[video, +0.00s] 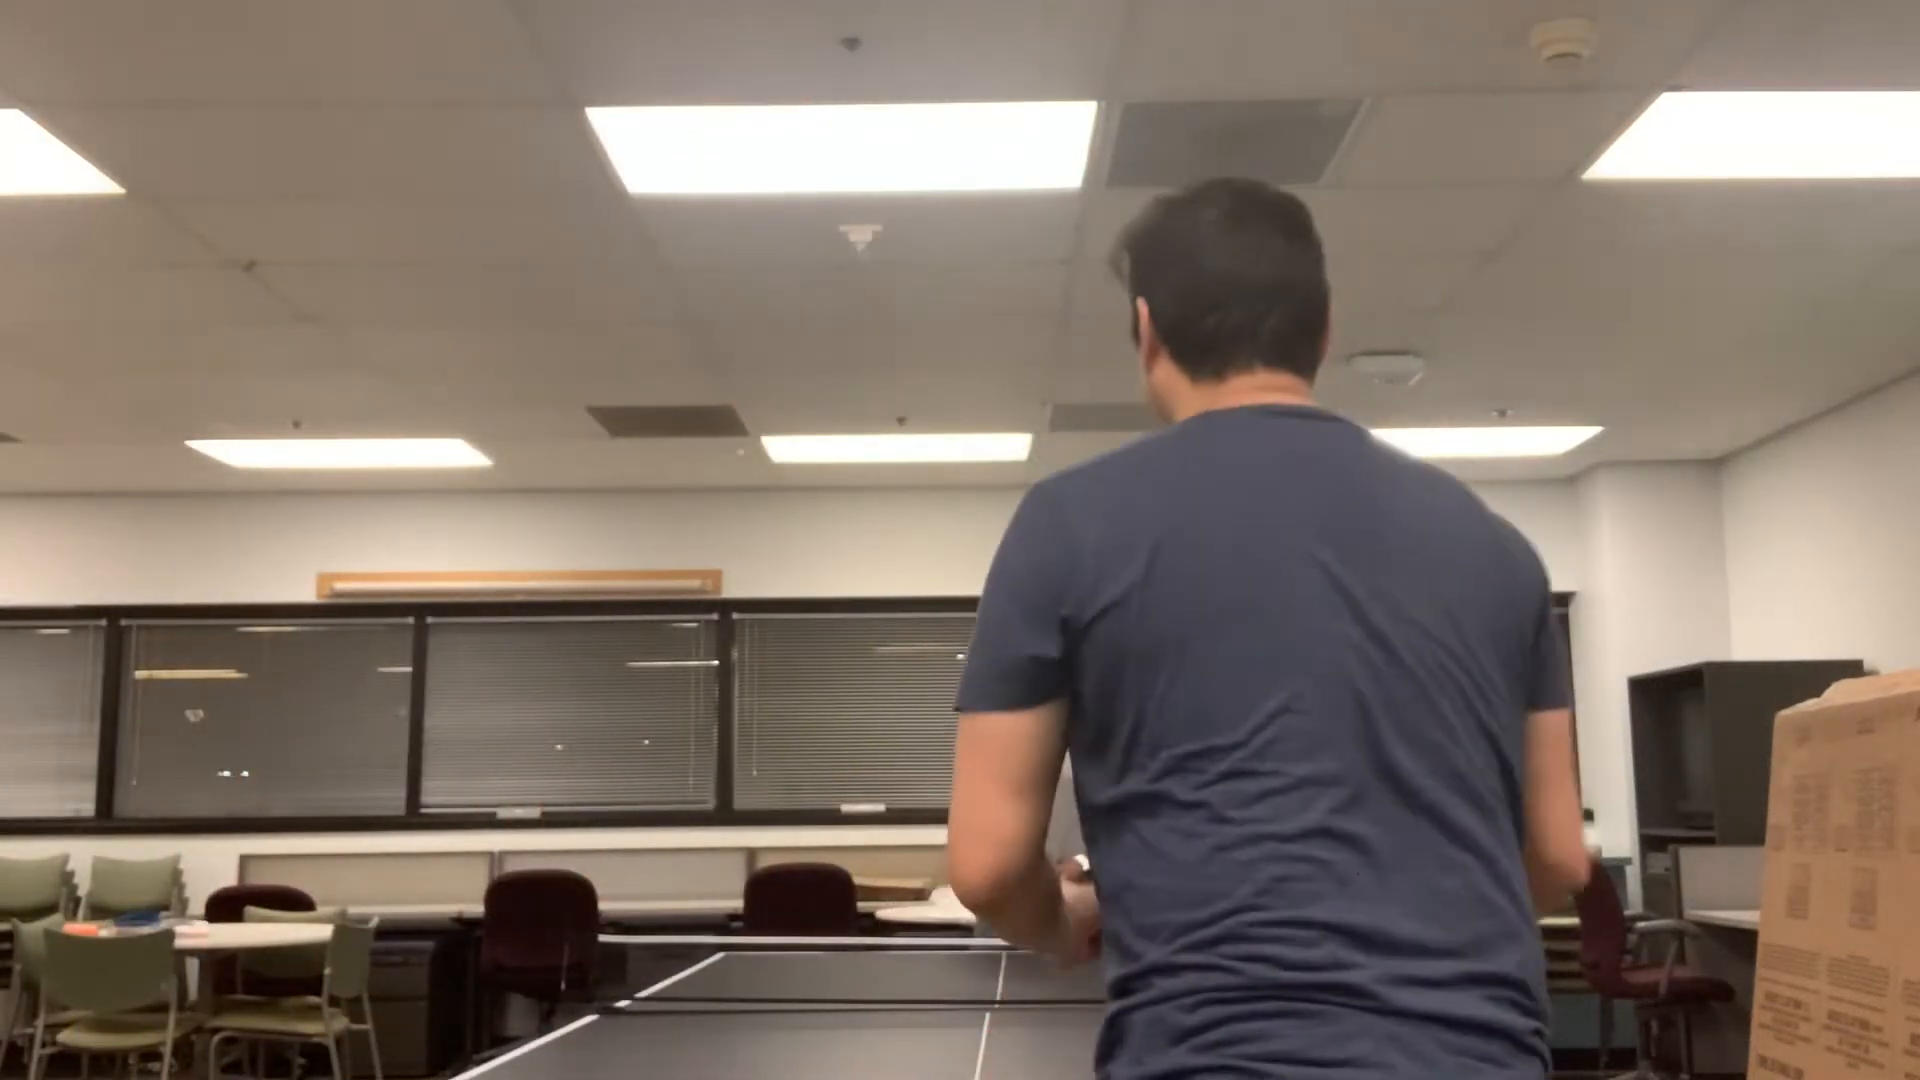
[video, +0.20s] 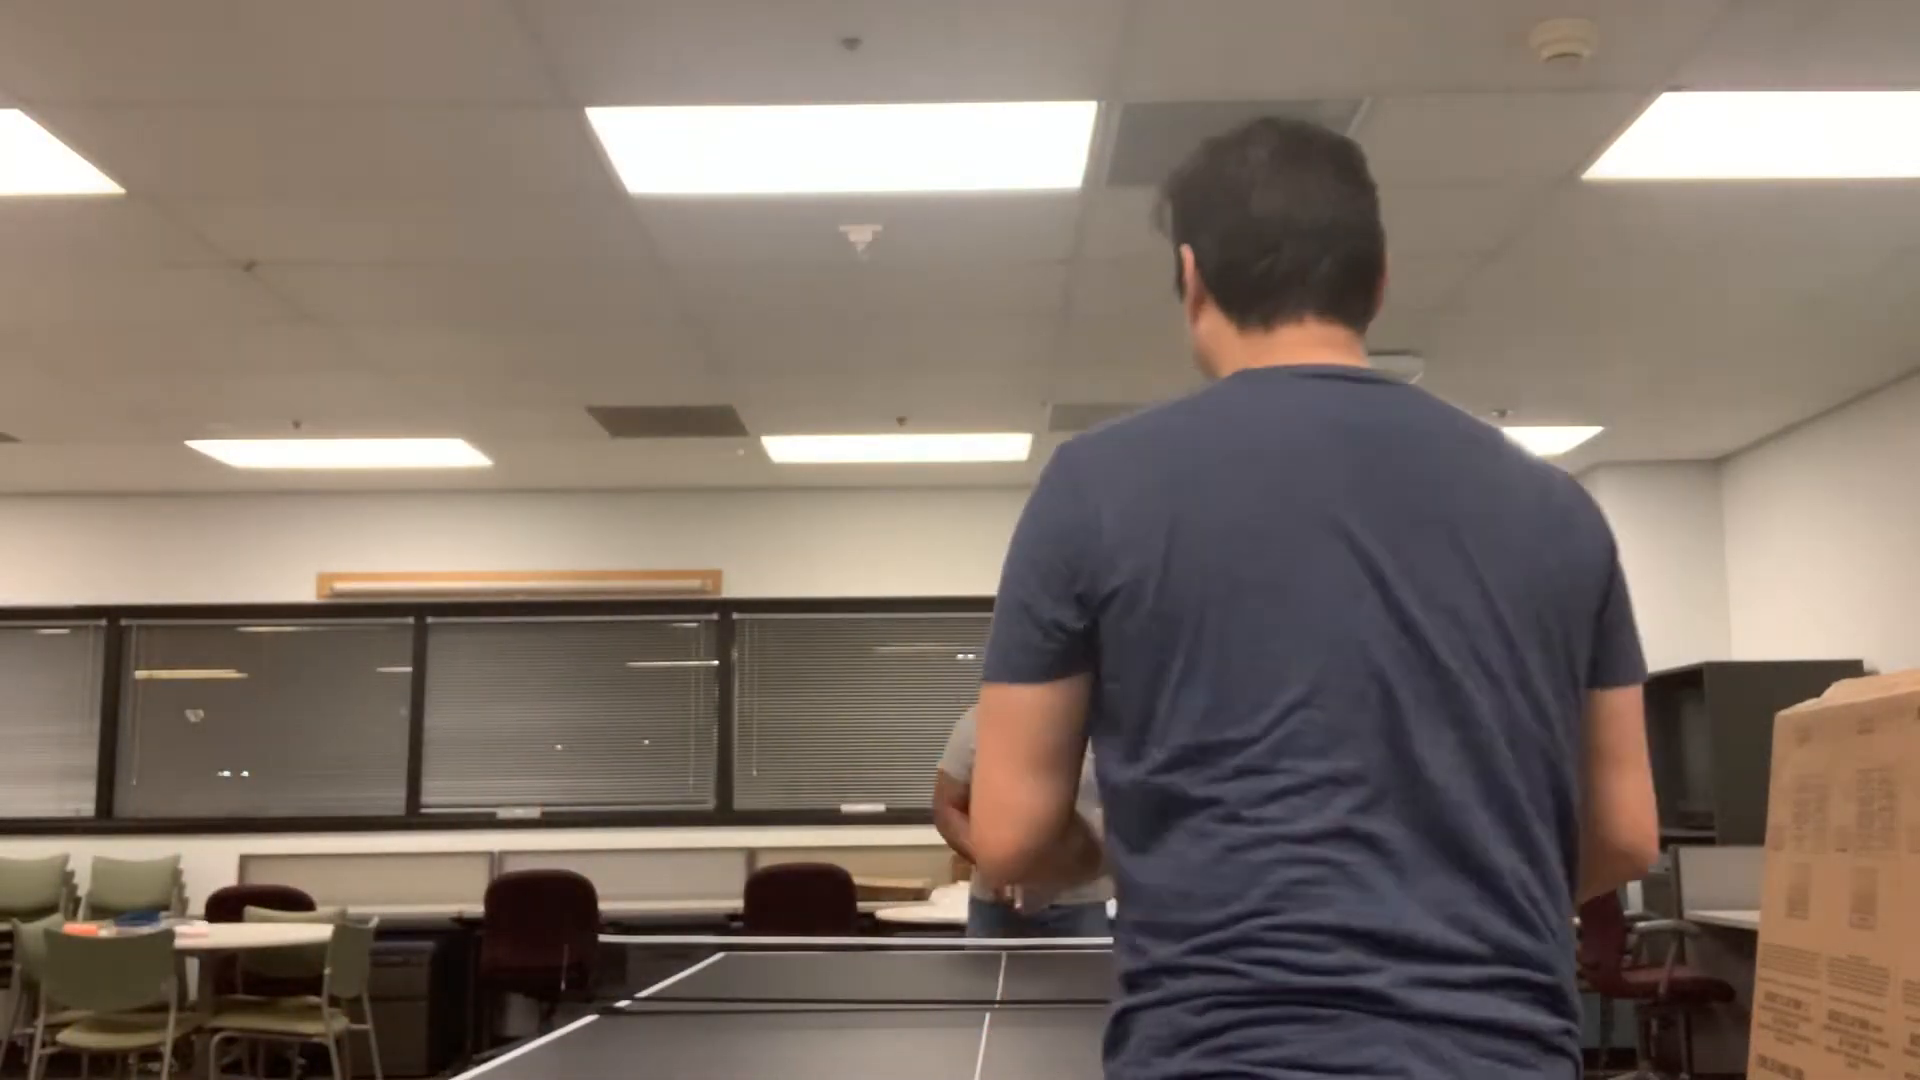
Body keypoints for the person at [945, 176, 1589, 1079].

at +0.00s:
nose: (1134, 350)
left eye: (1130, 328)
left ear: (1146, 329)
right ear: (1324, 330)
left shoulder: (1076, 516)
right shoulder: (1490, 544)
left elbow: (988, 864)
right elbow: (1559, 857)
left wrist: (1064, 923)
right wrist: (1426, 895)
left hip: (1205, 1044)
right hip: (1474, 1048)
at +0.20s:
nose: (1179, 303)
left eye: (1175, 283)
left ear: (1191, 278)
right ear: (1380, 279)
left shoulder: (1104, 479)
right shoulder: (1549, 505)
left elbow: (1012, 847)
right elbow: (1625, 835)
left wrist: (1143, 823)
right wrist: (1479, 893)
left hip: (1212, 1047)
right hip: (1499, 1052)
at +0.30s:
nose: (1198, 291)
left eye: (1195, 265)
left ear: (1215, 263)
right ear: (1408, 268)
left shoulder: (1126, 472)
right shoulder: (1577, 497)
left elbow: (1034, 835)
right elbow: (1623, 834)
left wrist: (1167, 774)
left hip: (1235, 1045)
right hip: (1526, 1049)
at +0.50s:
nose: (1251, 284)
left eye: (1247, 256)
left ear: (1269, 252)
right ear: (1464, 245)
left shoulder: (1194, 461)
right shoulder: (1625, 459)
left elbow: (1092, 798)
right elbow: (1645, 739)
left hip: (1324, 1044)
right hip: (1624, 1045)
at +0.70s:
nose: (1309, 298)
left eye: (1303, 268)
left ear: (1323, 261)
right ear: (1518, 251)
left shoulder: (1271, 470)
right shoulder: (1688, 447)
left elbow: (1164, 795)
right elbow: (1709, 712)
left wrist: (1268, 613)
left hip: (1440, 1045)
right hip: (1739, 1042)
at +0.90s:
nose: (1335, 307)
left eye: (1328, 272)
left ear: (1353, 259)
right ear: (1545, 247)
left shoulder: (1311, 466)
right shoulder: (1716, 440)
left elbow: (1210, 799)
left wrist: (1323, 658)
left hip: (1497, 1047)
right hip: (1793, 1041)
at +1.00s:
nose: (1337, 306)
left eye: (1330, 271)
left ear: (1354, 257)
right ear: (1549, 246)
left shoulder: (1312, 458)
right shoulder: (1711, 434)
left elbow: (1214, 792)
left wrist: (1321, 666)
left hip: (1504, 1049)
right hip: (1800, 1041)